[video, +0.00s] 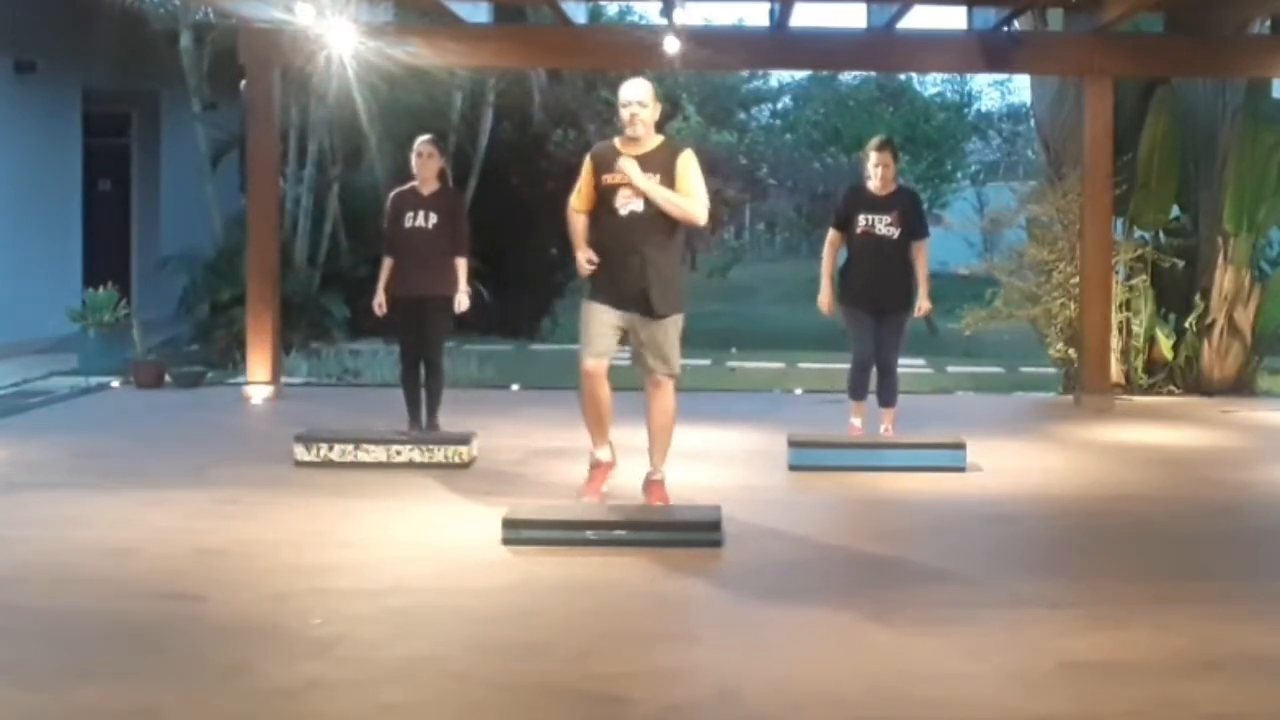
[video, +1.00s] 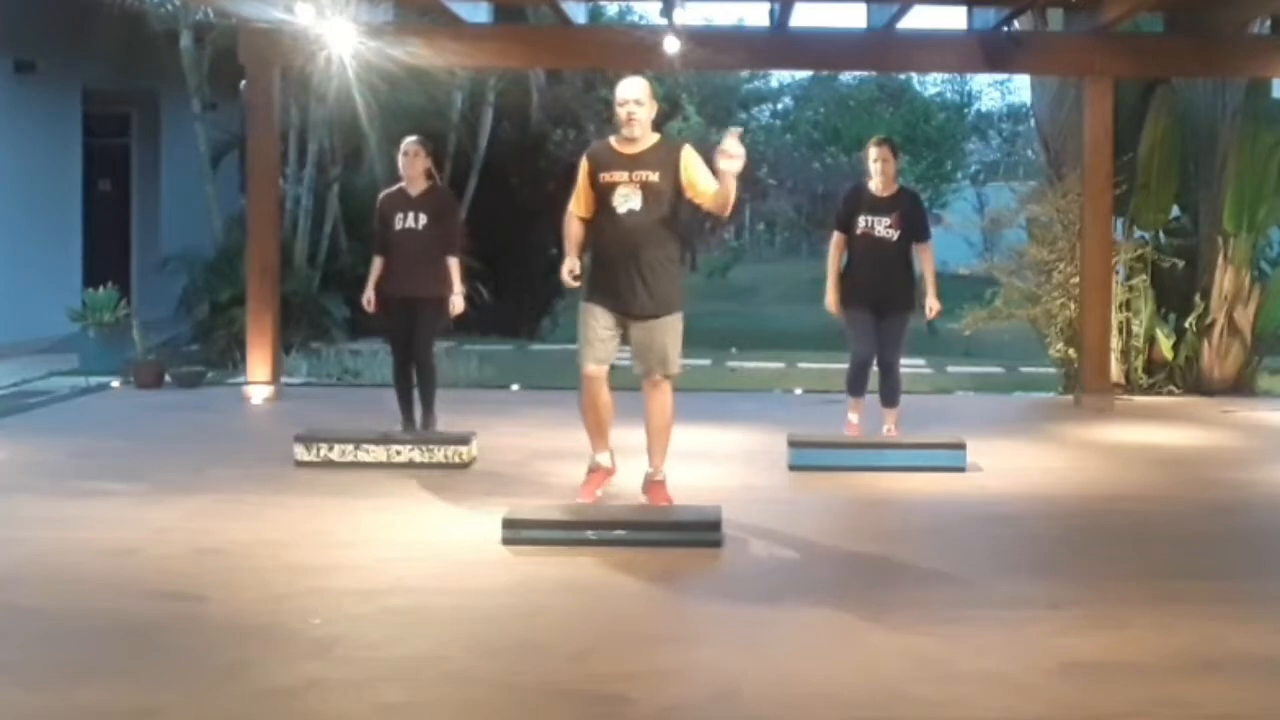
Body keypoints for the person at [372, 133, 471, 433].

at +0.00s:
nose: (422, 161)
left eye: (429, 155)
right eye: (418, 155)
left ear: (441, 162)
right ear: (411, 160)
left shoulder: (452, 200)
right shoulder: (398, 198)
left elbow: (460, 247)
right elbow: (390, 248)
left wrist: (462, 287)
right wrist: (381, 288)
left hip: (438, 293)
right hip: (404, 293)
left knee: (433, 357)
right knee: (409, 359)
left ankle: (432, 418)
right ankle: (414, 420)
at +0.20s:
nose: (419, 161)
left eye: (426, 156)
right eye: (415, 155)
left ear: (439, 163)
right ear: (409, 160)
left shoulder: (450, 201)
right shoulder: (397, 198)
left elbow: (457, 249)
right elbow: (389, 248)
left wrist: (456, 288)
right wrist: (380, 287)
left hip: (434, 293)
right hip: (402, 292)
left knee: (429, 357)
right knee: (408, 359)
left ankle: (435, 419)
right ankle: (414, 420)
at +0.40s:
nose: (418, 162)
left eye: (425, 157)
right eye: (414, 156)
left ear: (438, 164)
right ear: (408, 162)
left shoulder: (449, 201)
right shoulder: (399, 199)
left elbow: (455, 250)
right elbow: (393, 247)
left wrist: (455, 292)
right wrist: (382, 284)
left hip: (436, 292)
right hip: (402, 292)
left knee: (440, 358)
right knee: (400, 356)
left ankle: (436, 417)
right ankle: (412, 413)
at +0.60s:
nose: (416, 162)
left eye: (423, 156)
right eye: (413, 156)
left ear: (436, 163)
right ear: (406, 162)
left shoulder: (448, 200)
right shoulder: (397, 199)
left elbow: (454, 249)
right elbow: (391, 249)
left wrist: (452, 289)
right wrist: (383, 288)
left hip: (436, 292)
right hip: (402, 291)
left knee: (438, 360)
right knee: (402, 359)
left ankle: (435, 419)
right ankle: (406, 416)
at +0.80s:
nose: (411, 160)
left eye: (418, 155)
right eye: (407, 154)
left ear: (431, 161)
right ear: (401, 159)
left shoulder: (445, 199)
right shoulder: (390, 199)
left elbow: (452, 248)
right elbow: (384, 250)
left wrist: (454, 287)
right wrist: (378, 289)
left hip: (431, 293)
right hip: (398, 293)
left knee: (426, 356)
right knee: (402, 359)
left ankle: (432, 419)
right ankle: (407, 420)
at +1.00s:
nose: (408, 160)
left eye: (414, 155)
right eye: (404, 154)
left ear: (428, 161)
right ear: (398, 160)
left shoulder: (442, 199)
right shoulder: (387, 199)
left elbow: (452, 249)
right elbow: (380, 248)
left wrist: (457, 290)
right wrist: (370, 285)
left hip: (430, 293)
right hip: (395, 293)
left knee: (422, 354)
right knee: (401, 358)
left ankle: (428, 418)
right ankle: (407, 421)